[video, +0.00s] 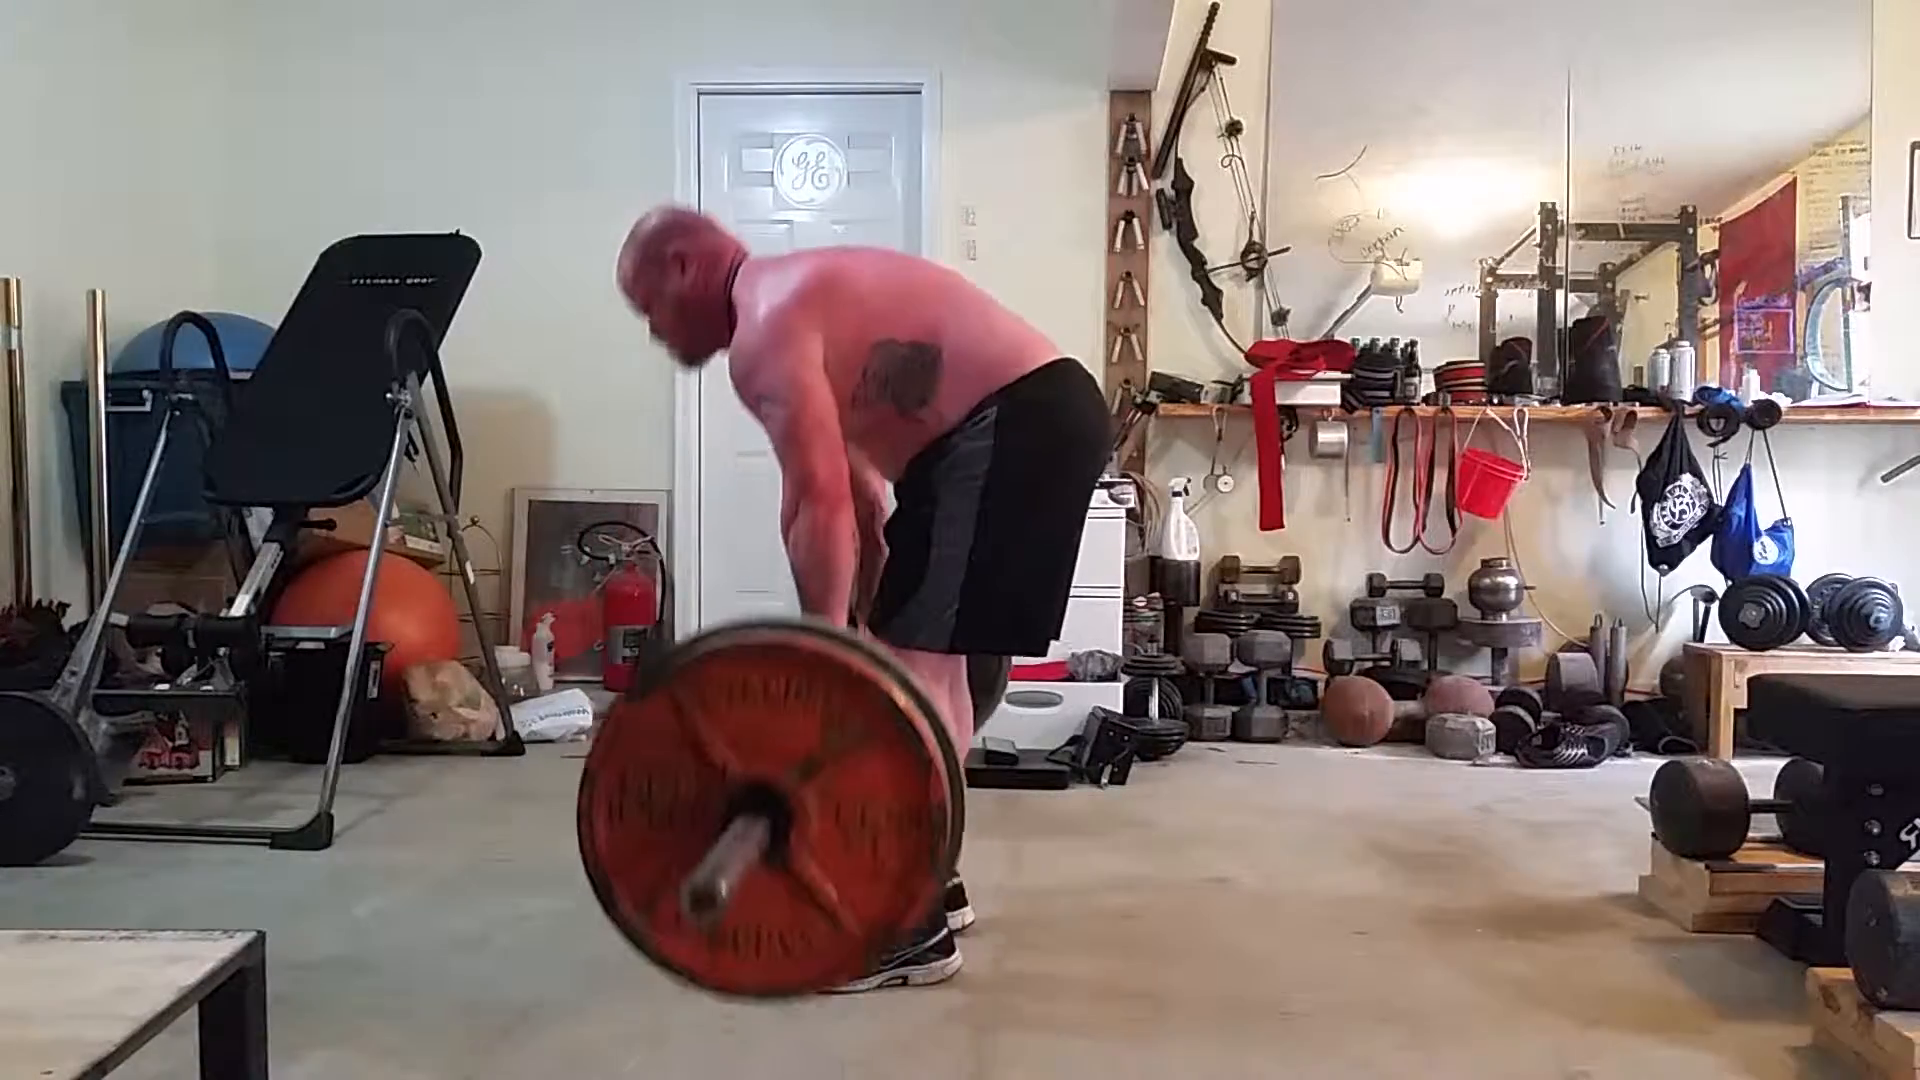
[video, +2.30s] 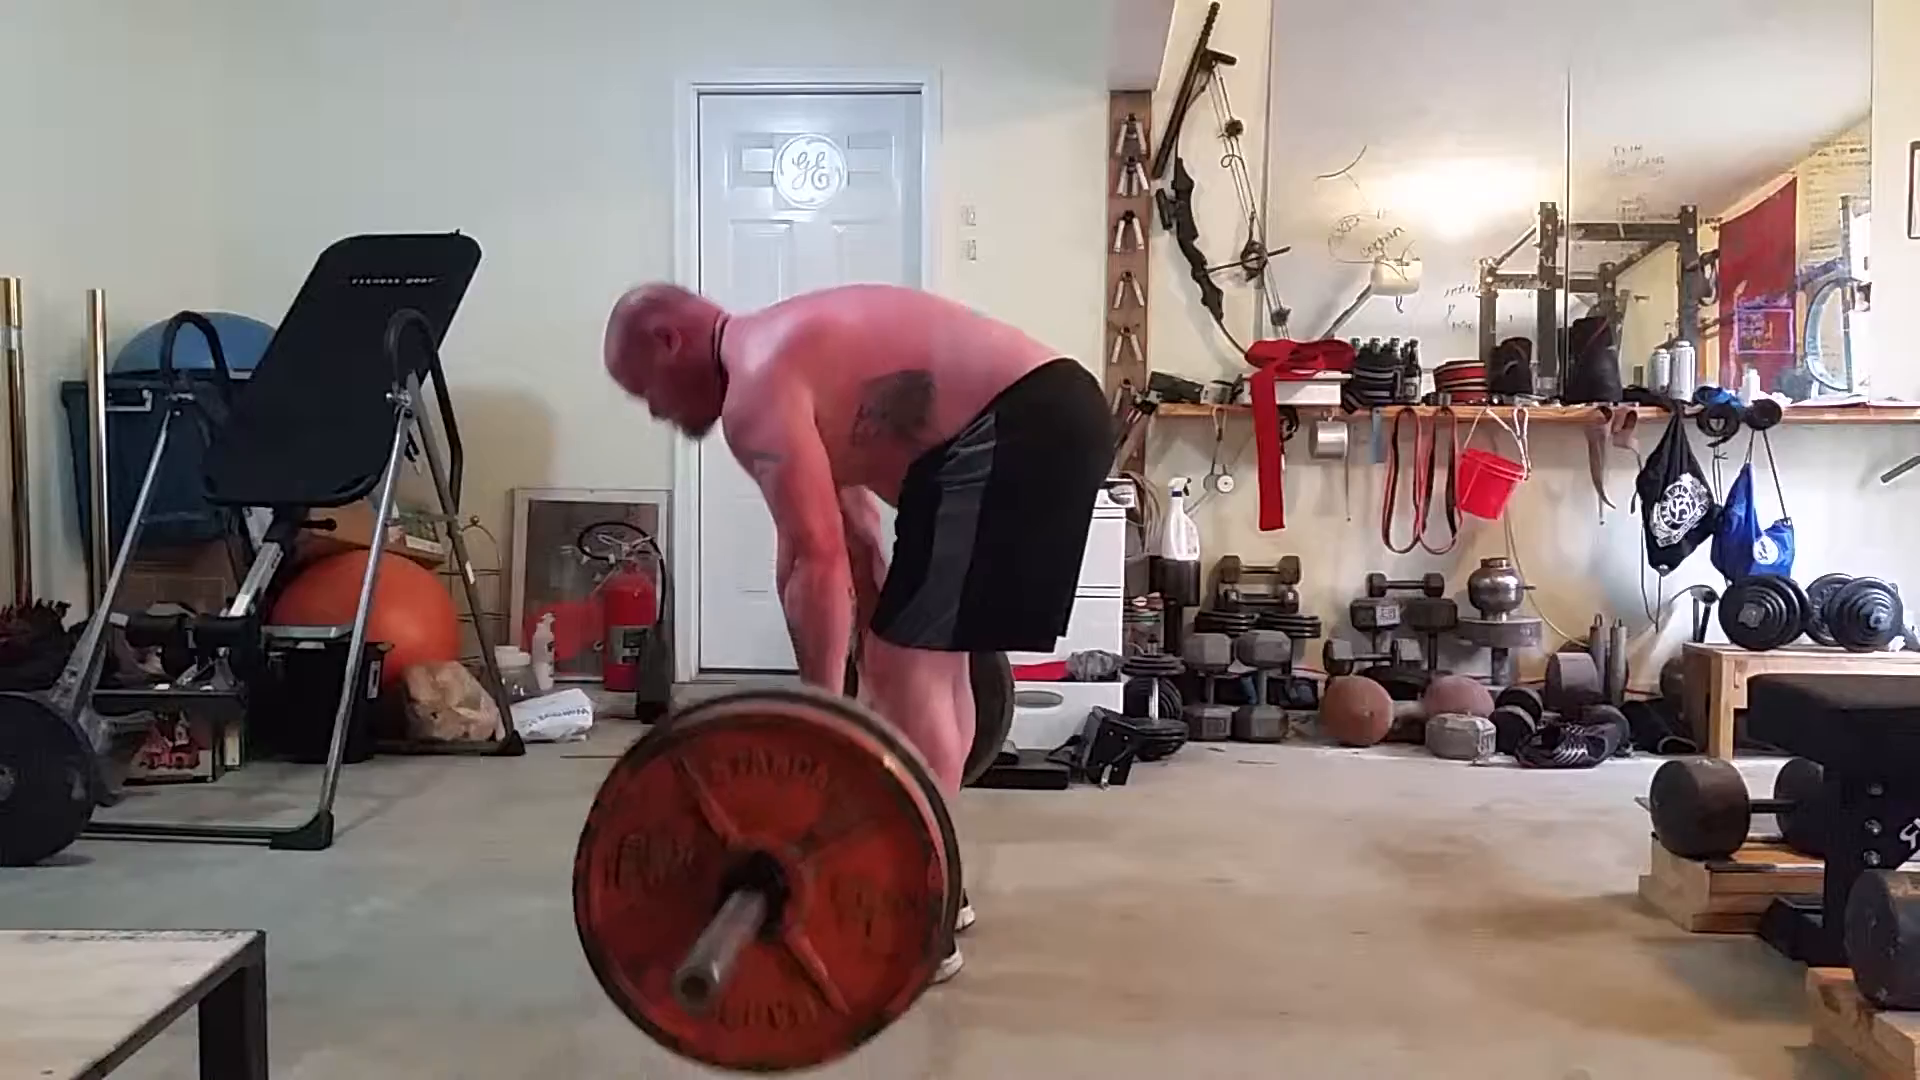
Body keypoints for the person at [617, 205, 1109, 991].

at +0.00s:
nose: (654, 331)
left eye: (649, 308)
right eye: (644, 315)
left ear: (688, 268)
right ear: (701, 262)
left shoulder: (768, 329)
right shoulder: (784, 313)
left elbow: (819, 502)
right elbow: (866, 515)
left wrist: (819, 663)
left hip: (1010, 424)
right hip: (1011, 421)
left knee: (911, 668)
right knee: (932, 668)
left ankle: (909, 922)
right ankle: (925, 889)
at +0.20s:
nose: (676, 216)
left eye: (678, 190)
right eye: (671, 195)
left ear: (730, 168)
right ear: (746, 166)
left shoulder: (796, 236)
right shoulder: (817, 226)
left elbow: (833, 419)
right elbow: (863, 426)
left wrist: (817, 586)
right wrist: (849, 561)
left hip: (999, 414)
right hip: (985, 418)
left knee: (920, 658)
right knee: (920, 651)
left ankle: (912, 912)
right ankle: (922, 875)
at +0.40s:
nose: (730, 74)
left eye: (744, 51)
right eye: (734, 55)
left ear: (801, 55)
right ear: (815, 61)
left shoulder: (841, 141)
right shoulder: (832, 147)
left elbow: (851, 324)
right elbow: (841, 330)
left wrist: (821, 491)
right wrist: (806, 488)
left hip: (963, 397)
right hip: (944, 398)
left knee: (922, 654)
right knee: (918, 650)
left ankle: (912, 917)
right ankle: (921, 882)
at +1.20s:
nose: (669, 195)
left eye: (668, 171)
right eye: (660, 177)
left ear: (711, 134)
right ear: (728, 131)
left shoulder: (792, 199)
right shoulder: (802, 192)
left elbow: (832, 381)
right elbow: (843, 380)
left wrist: (819, 556)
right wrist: (819, 558)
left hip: (972, 412)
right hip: (966, 411)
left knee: (914, 651)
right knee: (925, 648)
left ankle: (910, 914)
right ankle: (922, 879)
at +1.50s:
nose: (660, 326)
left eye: (650, 302)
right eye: (646, 310)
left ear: (680, 254)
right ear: (693, 246)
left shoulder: (772, 303)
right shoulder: (790, 288)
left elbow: (824, 480)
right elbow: (869, 488)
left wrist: (817, 653)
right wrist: (858, 628)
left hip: (1006, 421)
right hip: (995, 423)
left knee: (926, 666)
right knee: (925, 666)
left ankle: (905, 921)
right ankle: (918, 886)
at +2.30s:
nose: (652, 411)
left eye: (643, 391)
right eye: (638, 399)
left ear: (673, 343)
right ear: (681, 336)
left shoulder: (759, 390)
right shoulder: (777, 359)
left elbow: (815, 559)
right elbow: (856, 538)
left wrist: (813, 730)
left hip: (1013, 427)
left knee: (901, 661)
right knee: (922, 660)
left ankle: (920, 912)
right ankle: (932, 896)